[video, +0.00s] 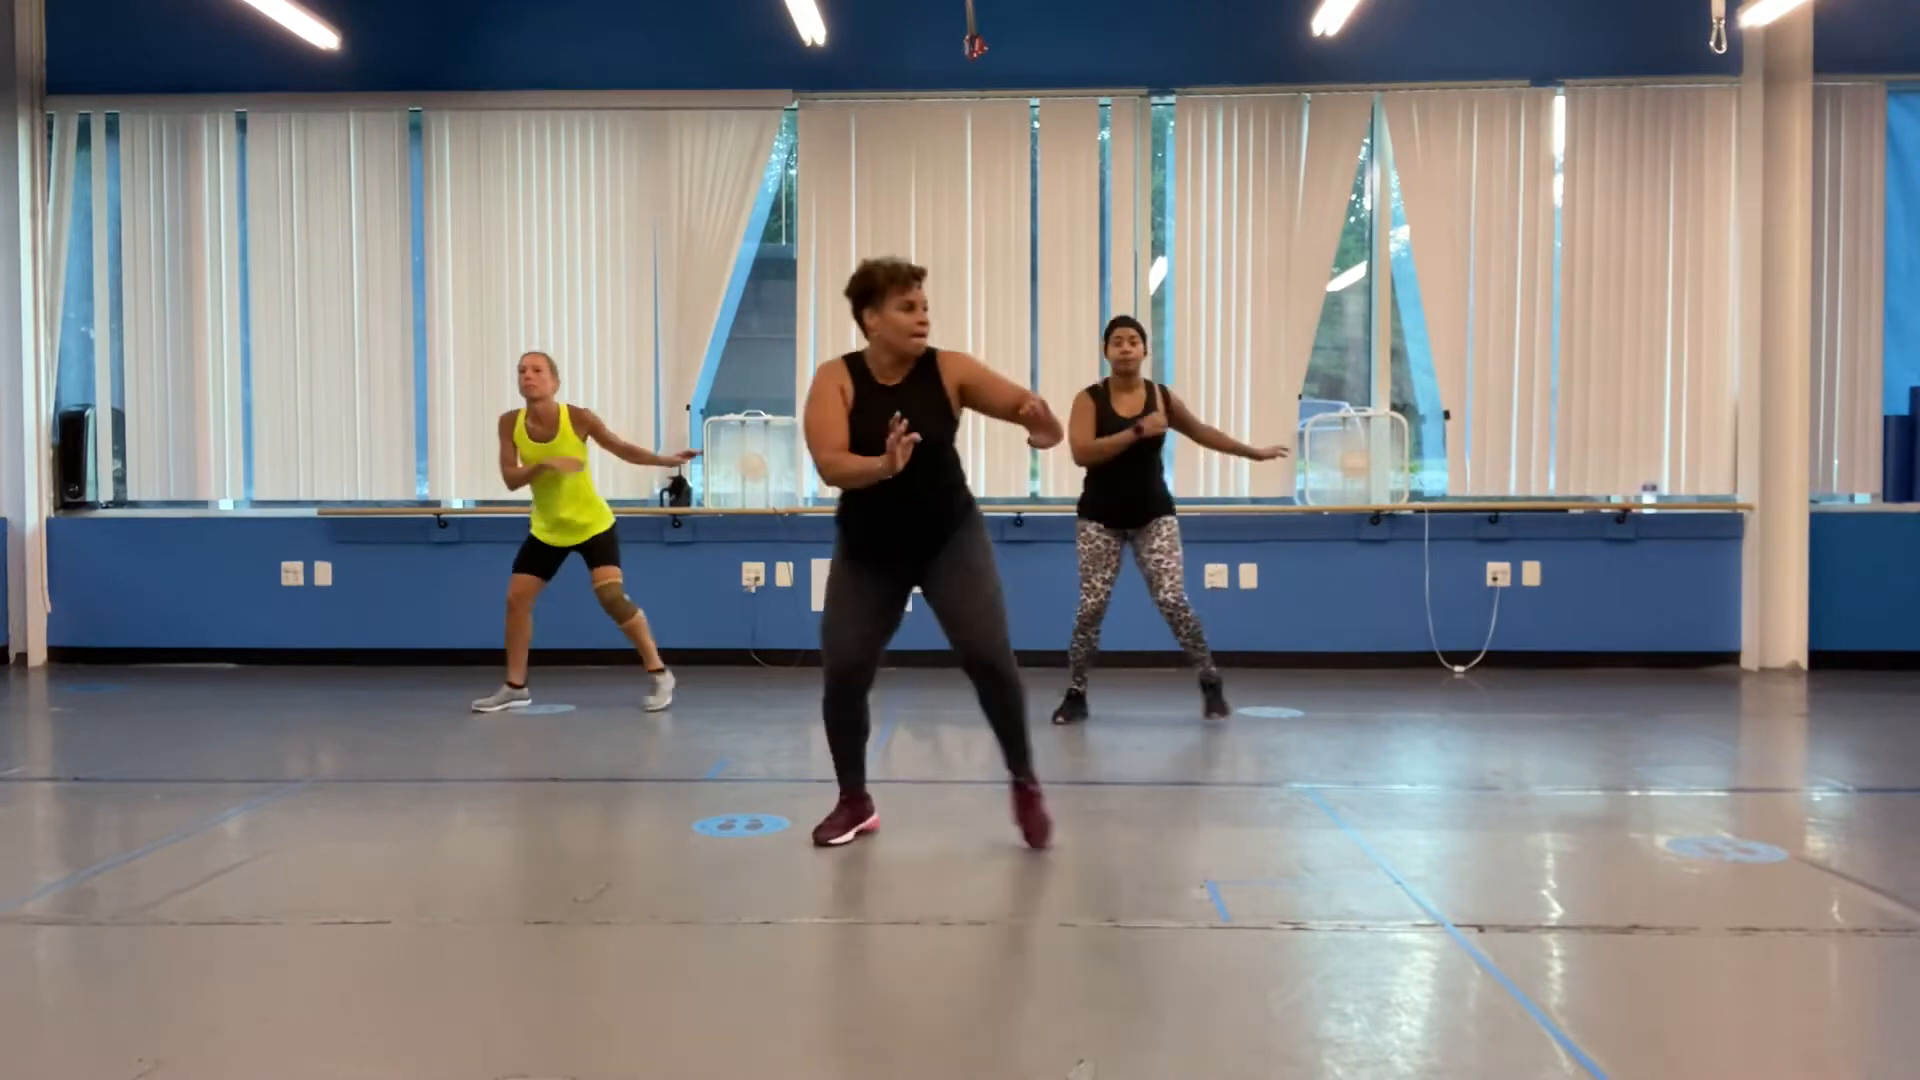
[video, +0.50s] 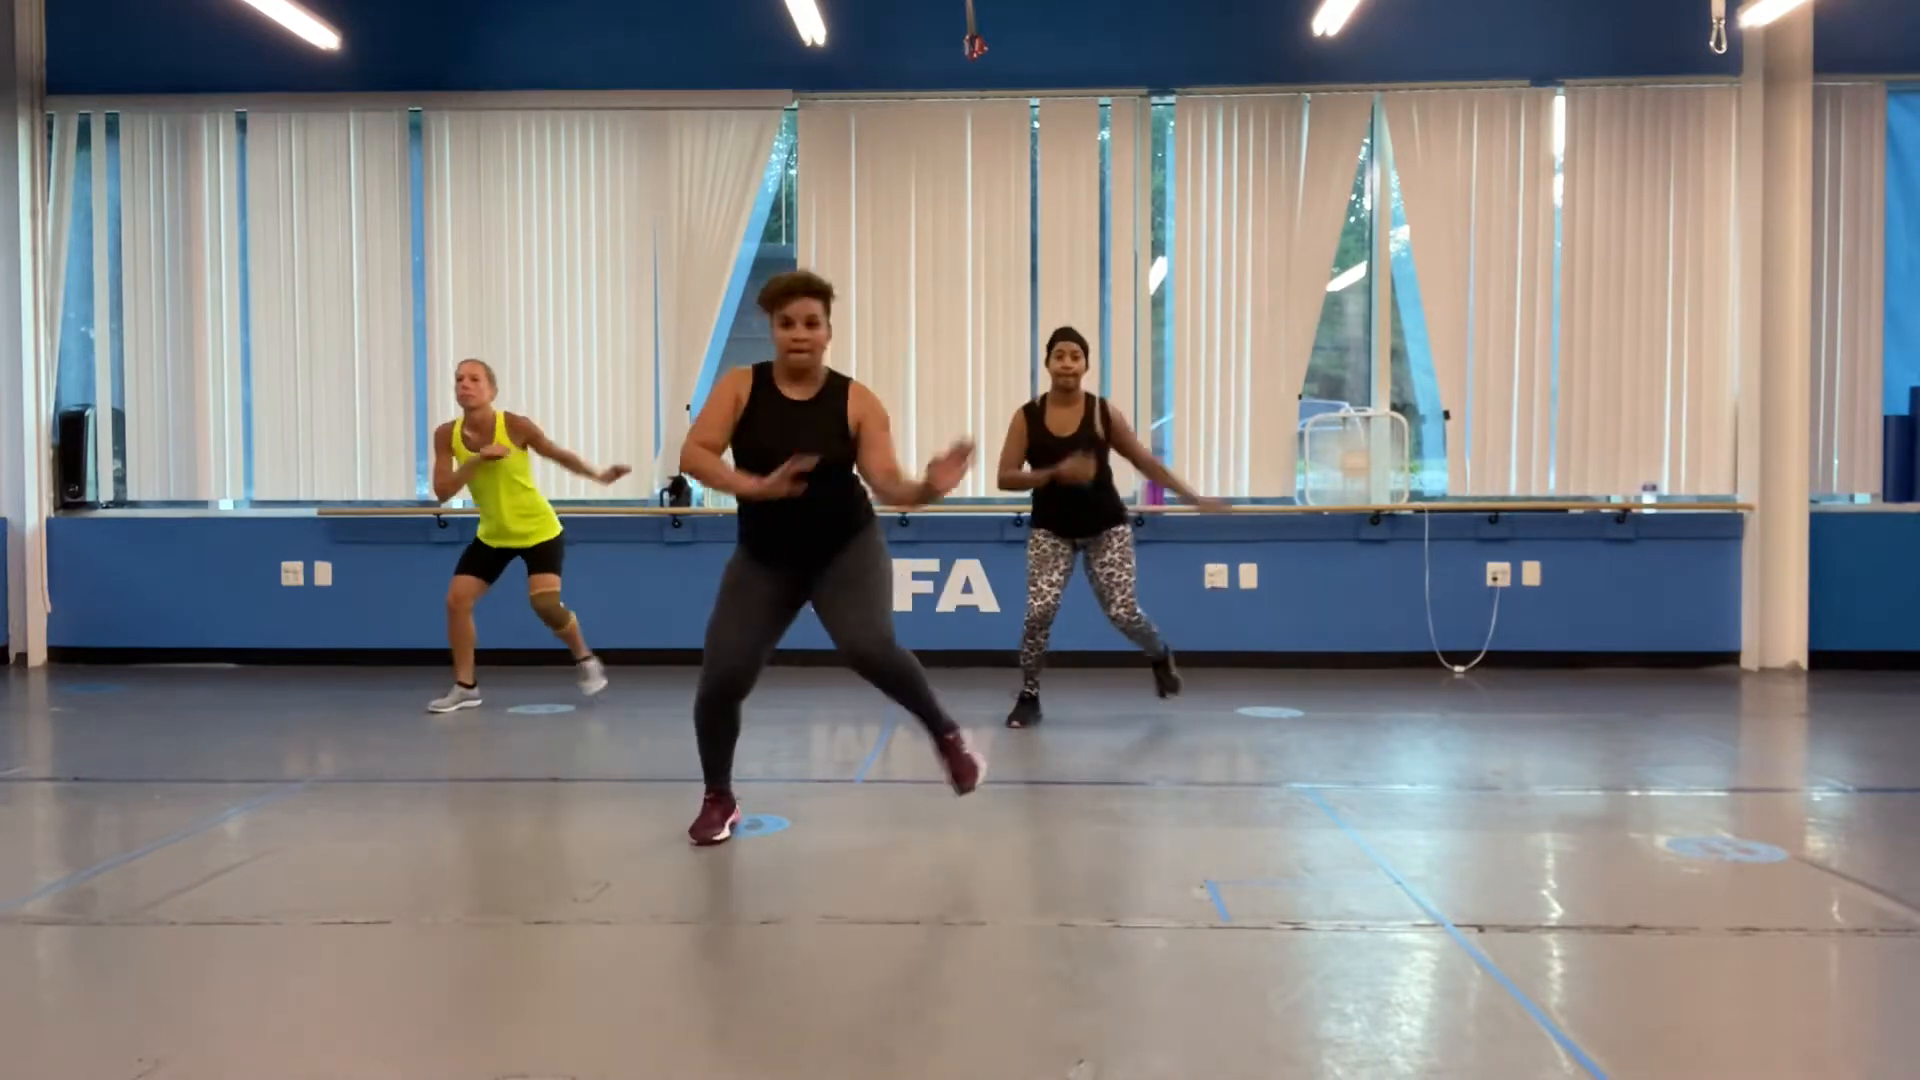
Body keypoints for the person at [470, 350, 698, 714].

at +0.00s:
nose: (527, 376)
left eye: (536, 371)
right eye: (522, 371)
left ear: (554, 380)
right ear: (518, 382)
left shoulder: (579, 418)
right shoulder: (510, 423)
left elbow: (622, 449)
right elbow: (511, 479)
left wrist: (664, 460)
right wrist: (545, 465)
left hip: (592, 521)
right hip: (547, 526)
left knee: (611, 597)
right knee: (517, 597)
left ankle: (660, 673)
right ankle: (515, 687)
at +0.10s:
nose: (513, 381)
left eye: (522, 376)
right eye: (508, 376)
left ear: (541, 385)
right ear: (504, 387)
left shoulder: (567, 421)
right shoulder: (498, 430)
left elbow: (610, 453)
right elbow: (499, 486)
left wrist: (654, 461)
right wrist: (543, 469)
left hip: (581, 524)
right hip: (536, 529)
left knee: (595, 597)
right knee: (503, 599)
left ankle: (618, 677)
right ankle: (513, 687)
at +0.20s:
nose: (499, 382)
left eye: (508, 377)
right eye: (494, 377)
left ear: (527, 387)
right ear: (490, 388)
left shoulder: (554, 419)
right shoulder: (488, 430)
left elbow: (602, 445)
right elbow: (491, 484)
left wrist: (651, 453)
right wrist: (529, 466)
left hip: (578, 526)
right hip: (535, 530)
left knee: (585, 603)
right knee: (487, 590)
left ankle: (615, 680)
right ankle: (503, 678)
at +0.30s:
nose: (484, 379)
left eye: (493, 374)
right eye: (480, 375)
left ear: (512, 385)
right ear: (475, 386)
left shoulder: (538, 417)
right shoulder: (472, 424)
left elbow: (591, 428)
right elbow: (472, 476)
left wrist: (645, 438)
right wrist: (509, 448)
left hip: (567, 523)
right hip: (524, 527)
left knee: (584, 602)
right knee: (484, 592)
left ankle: (626, 679)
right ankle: (477, 682)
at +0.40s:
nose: (471, 383)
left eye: (480, 378)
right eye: (467, 378)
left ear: (499, 388)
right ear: (462, 389)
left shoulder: (523, 420)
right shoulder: (457, 426)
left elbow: (578, 431)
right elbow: (453, 476)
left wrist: (624, 440)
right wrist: (484, 443)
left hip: (548, 524)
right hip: (504, 530)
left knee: (569, 603)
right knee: (470, 599)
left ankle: (625, 672)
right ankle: (467, 687)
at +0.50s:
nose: (465, 385)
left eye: (473, 380)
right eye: (460, 380)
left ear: (492, 390)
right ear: (455, 391)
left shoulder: (517, 426)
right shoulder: (447, 435)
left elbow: (557, 454)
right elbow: (442, 490)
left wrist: (597, 475)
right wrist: (477, 459)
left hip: (537, 527)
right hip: (493, 532)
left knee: (545, 603)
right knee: (458, 599)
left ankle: (585, 660)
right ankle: (465, 687)